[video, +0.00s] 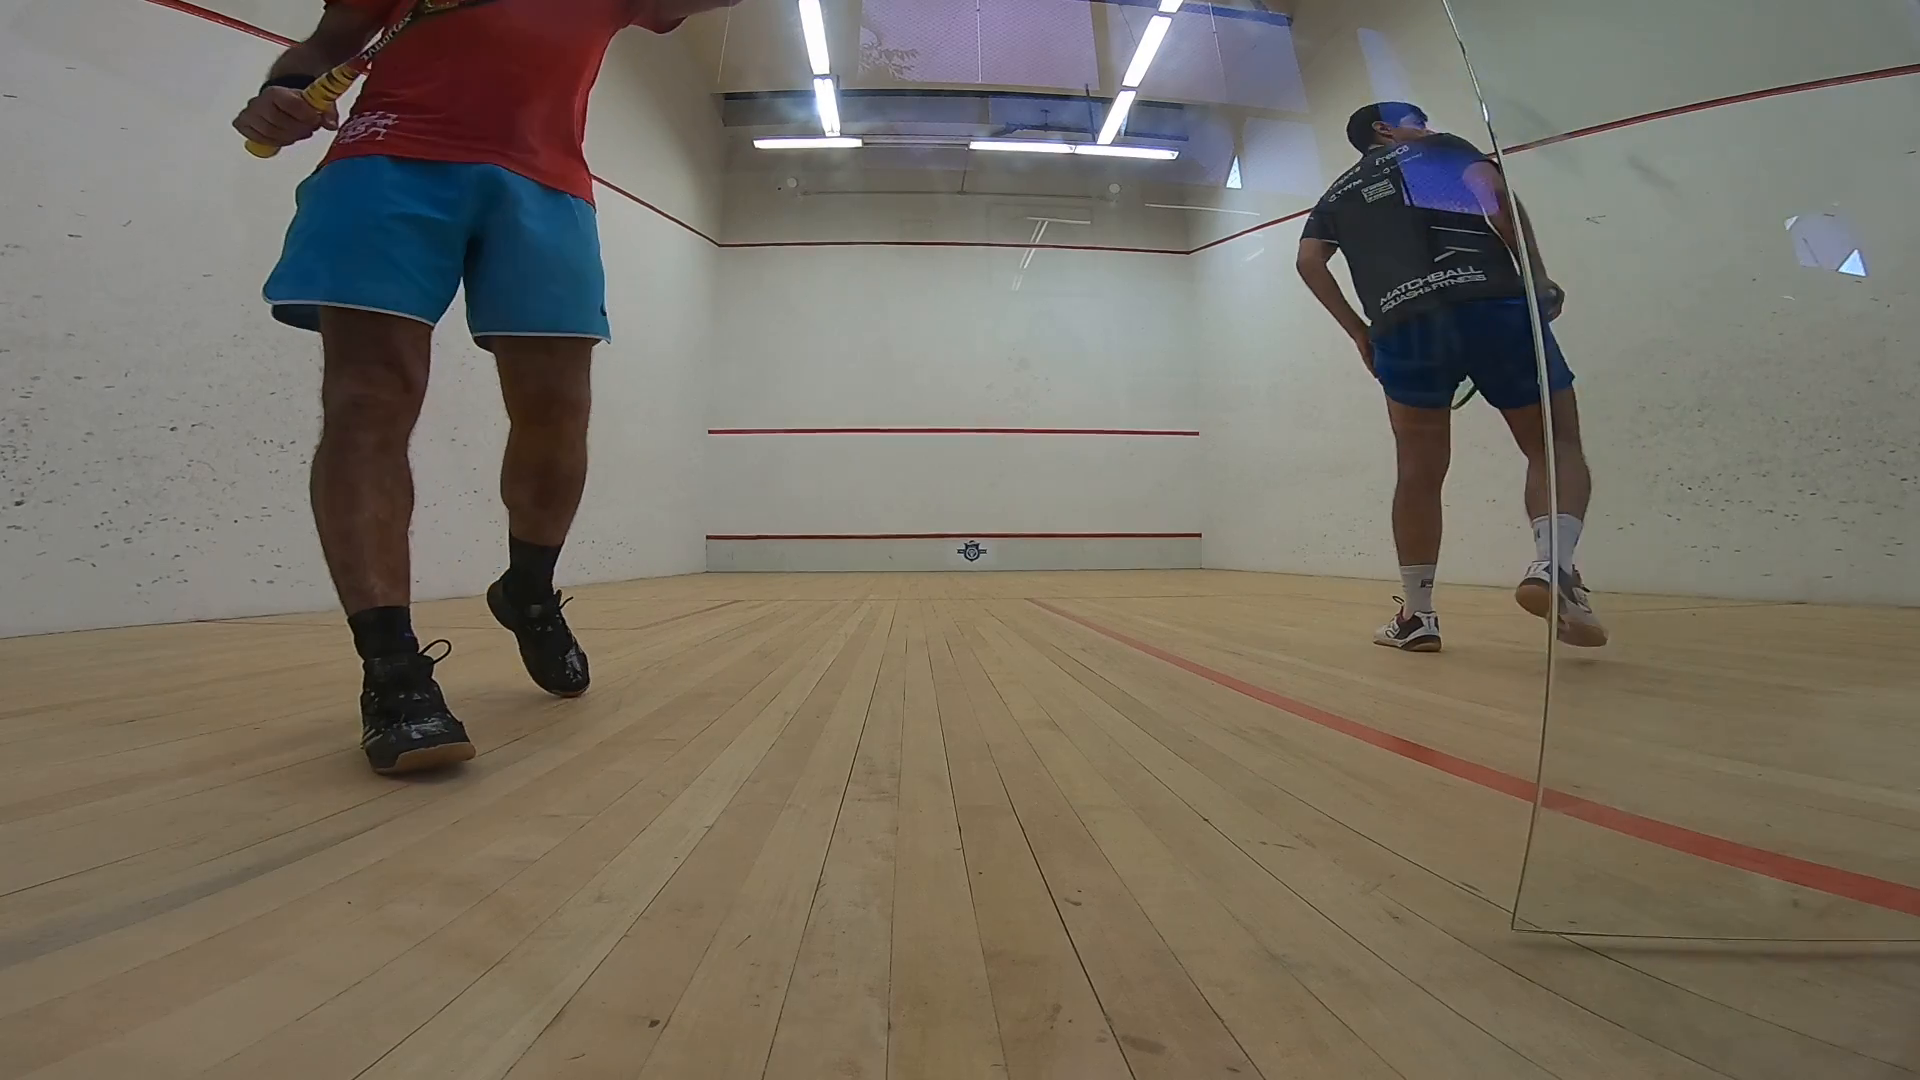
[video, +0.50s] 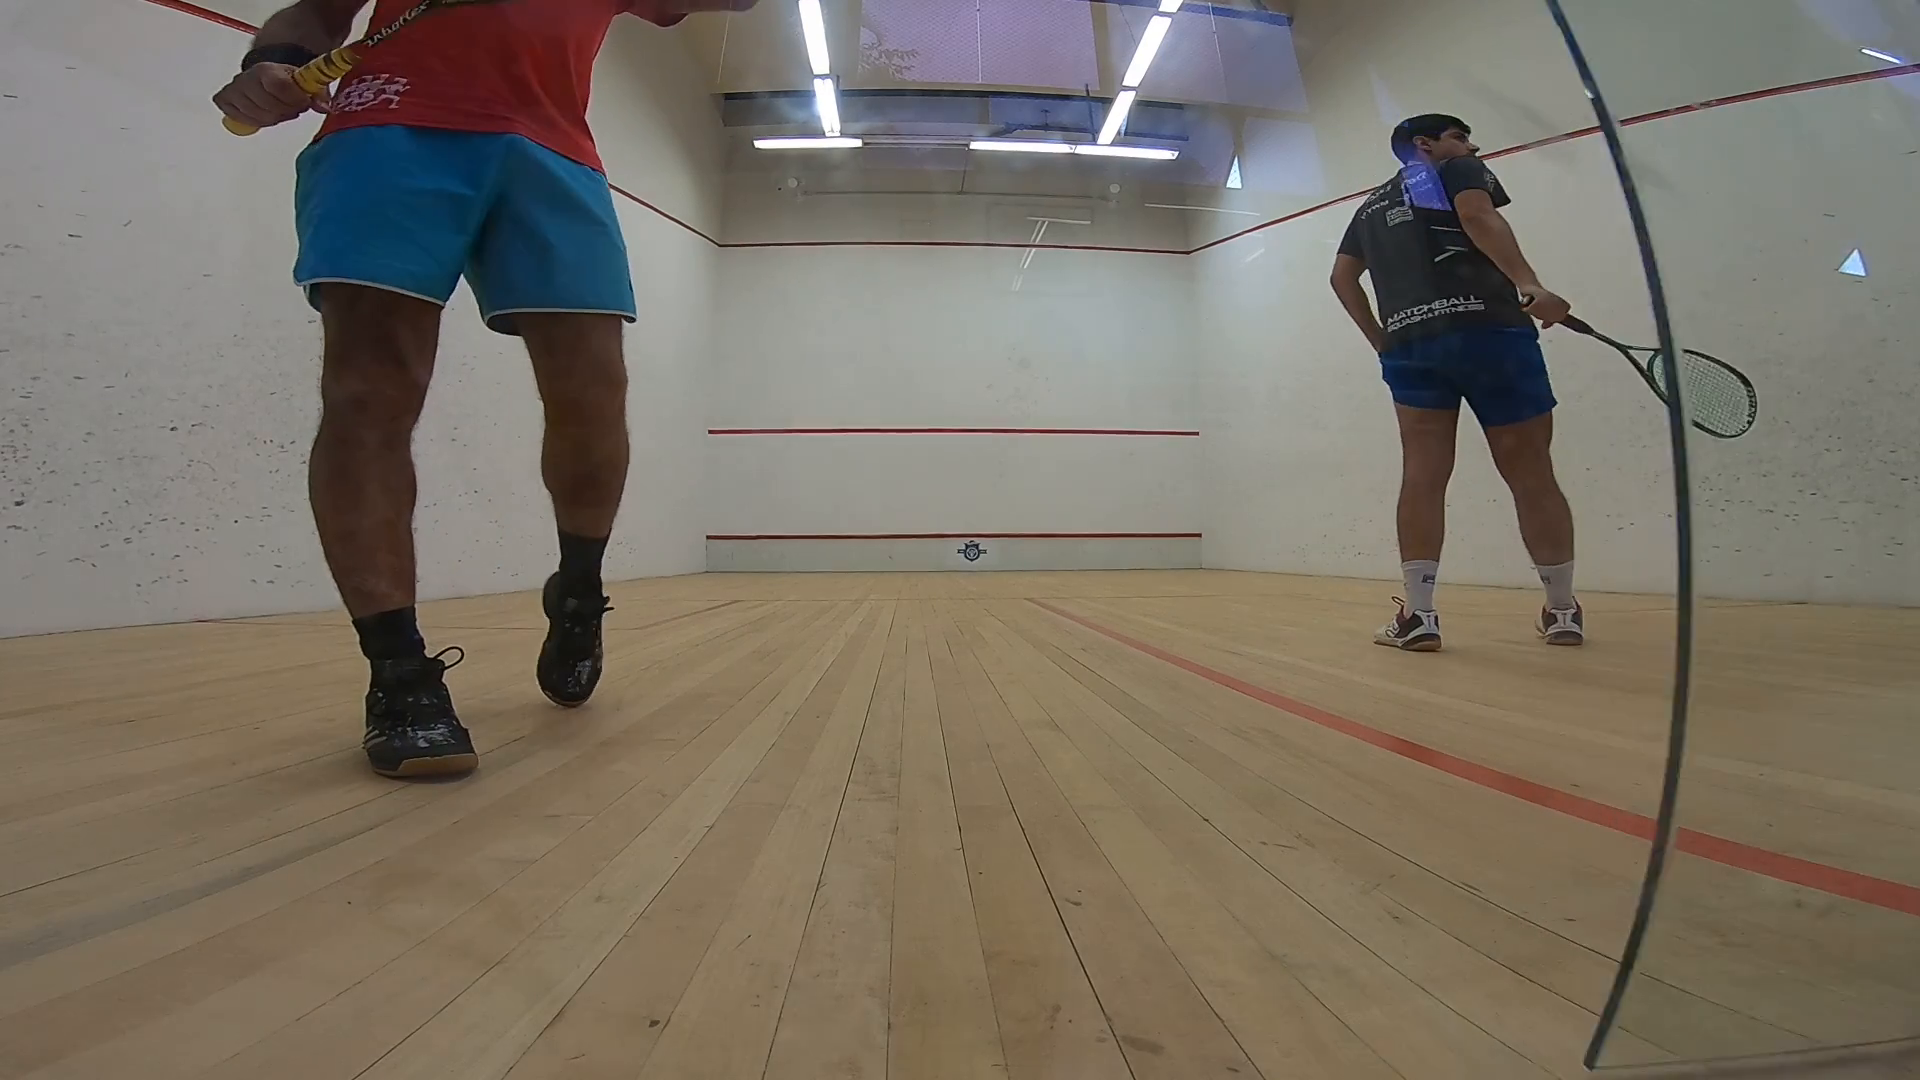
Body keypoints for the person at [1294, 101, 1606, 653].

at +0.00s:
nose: (1428, 128)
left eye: (1423, 122)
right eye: (1417, 121)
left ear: (1370, 138)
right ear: (1383, 129)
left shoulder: (1337, 193)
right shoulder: (1447, 147)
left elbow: (1309, 262)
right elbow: (1496, 197)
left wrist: (1357, 329)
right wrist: (1535, 275)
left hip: (1406, 327)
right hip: (1494, 308)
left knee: (1418, 474)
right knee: (1554, 441)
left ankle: (1418, 615)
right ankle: (1553, 565)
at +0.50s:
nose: (1471, 148)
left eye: (1468, 139)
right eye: (1462, 138)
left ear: (1412, 149)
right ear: (1426, 142)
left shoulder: (1372, 206)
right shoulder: (1458, 166)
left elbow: (1342, 277)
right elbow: (1476, 214)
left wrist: (1377, 336)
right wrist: (1532, 286)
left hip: (1412, 346)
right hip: (1491, 333)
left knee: (1422, 478)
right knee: (1530, 474)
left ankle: (1418, 614)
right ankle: (1562, 611)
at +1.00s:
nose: (1445, 177)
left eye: (1444, 170)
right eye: (1445, 171)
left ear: (1454, 166)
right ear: (1503, 164)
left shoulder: (1434, 201)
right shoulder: (1554, 194)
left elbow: (1415, 258)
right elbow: (1627, 250)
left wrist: (1414, 327)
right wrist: (1637, 313)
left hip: (1477, 352)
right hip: (1559, 351)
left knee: (1463, 475)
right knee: (1551, 479)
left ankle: (1497, 583)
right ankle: (1562, 607)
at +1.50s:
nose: (1423, 154)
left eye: (1429, 144)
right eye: (1423, 147)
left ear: (1463, 140)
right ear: (1478, 144)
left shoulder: (1456, 174)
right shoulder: (1543, 188)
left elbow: (1486, 220)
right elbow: (1601, 255)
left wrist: (1452, 299)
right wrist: (1558, 311)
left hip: (1507, 328)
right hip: (1580, 333)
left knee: (1496, 458)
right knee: (1557, 463)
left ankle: (1539, 600)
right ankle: (1596, 599)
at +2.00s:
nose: (1419, 161)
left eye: (1416, 153)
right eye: (1415, 157)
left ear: (1429, 137)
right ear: (1463, 125)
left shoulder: (1445, 150)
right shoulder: (1535, 165)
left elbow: (1481, 148)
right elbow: (1615, 206)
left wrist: (1442, 214)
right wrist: (1579, 267)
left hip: (1521, 288)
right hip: (1598, 290)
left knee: (1513, 426)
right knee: (1579, 424)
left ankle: (1537, 571)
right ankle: (1620, 562)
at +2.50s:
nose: (1438, 209)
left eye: (1439, 198)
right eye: (1436, 201)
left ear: (1458, 190)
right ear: (1493, 191)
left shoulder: (1465, 216)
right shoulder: (1540, 227)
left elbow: (1509, 243)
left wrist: (1475, 324)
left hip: (1552, 359)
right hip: (1628, 355)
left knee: (1506, 489)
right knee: (1575, 495)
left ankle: (1582, 609)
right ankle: (1672, 610)